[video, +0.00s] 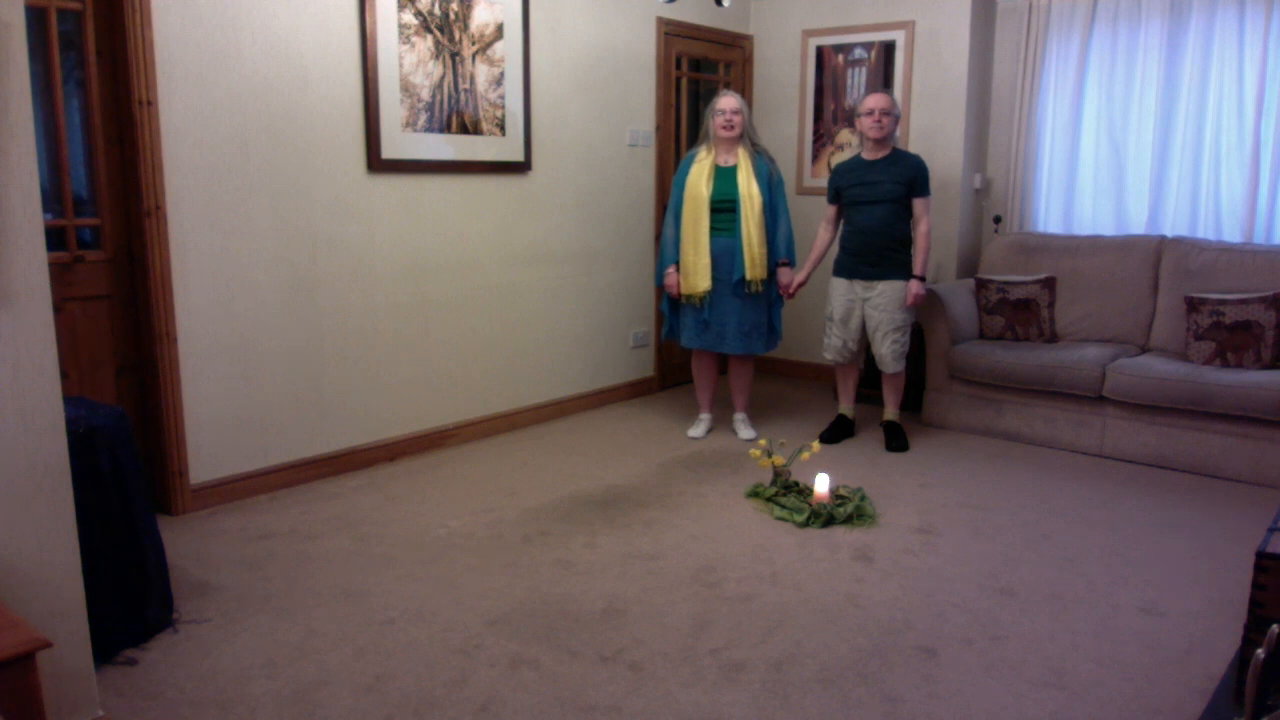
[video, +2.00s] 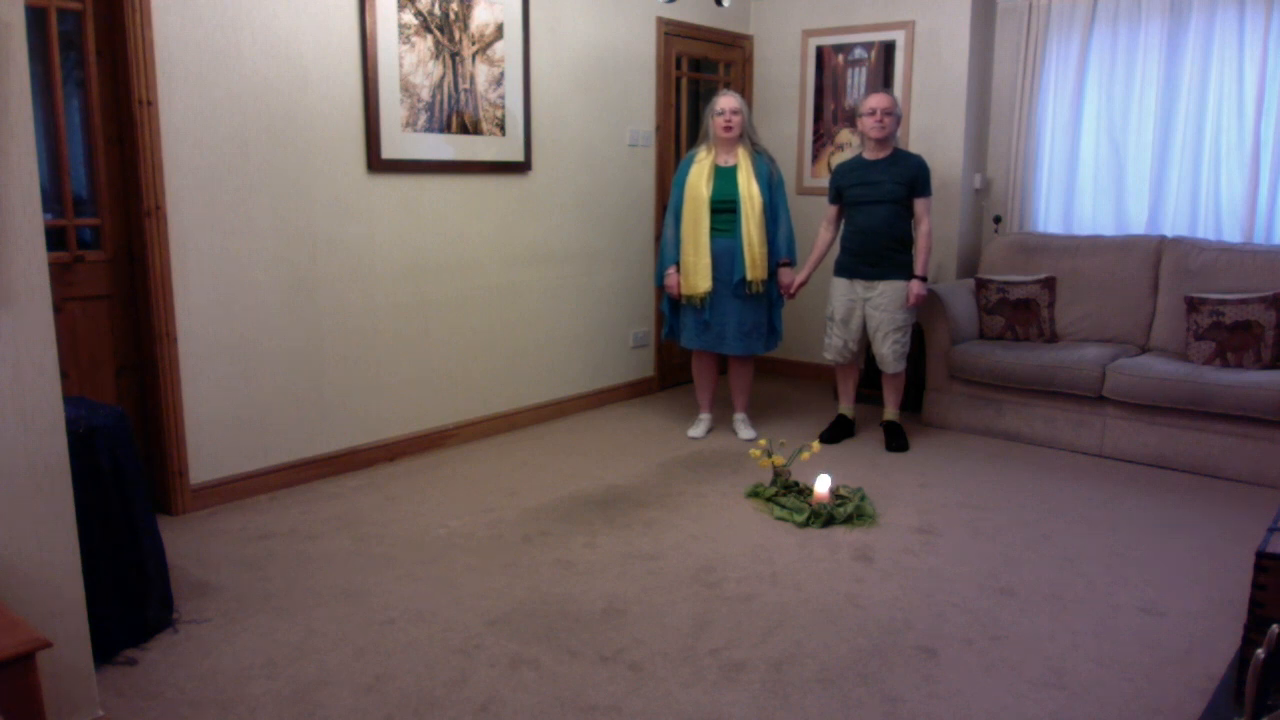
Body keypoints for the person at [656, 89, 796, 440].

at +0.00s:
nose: (728, 118)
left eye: (735, 113)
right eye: (720, 113)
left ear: (745, 119)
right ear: (710, 120)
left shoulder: (762, 163)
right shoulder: (692, 162)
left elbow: (779, 215)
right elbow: (673, 217)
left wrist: (783, 263)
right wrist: (670, 266)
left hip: (748, 268)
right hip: (700, 268)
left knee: (742, 344)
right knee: (702, 342)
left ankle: (741, 414)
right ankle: (704, 413)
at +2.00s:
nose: (728, 119)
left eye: (735, 113)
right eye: (720, 113)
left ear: (745, 119)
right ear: (710, 119)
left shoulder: (762, 163)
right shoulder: (692, 163)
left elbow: (779, 215)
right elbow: (673, 218)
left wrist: (784, 264)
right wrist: (670, 266)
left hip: (748, 268)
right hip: (700, 268)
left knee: (742, 344)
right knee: (702, 343)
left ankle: (741, 415)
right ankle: (704, 413)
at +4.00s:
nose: (729, 119)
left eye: (736, 113)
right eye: (722, 114)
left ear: (746, 119)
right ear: (711, 120)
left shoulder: (763, 164)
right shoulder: (693, 163)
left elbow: (780, 216)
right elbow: (674, 218)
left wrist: (784, 264)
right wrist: (671, 266)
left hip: (749, 269)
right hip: (701, 269)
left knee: (743, 345)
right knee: (703, 343)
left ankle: (741, 415)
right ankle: (705, 413)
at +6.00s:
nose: (730, 119)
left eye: (737, 113)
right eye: (723, 113)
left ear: (747, 119)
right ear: (713, 120)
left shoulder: (764, 164)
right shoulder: (694, 164)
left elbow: (780, 216)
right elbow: (675, 218)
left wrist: (785, 264)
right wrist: (671, 266)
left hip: (750, 269)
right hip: (702, 269)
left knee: (743, 345)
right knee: (703, 343)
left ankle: (741, 414)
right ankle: (705, 413)